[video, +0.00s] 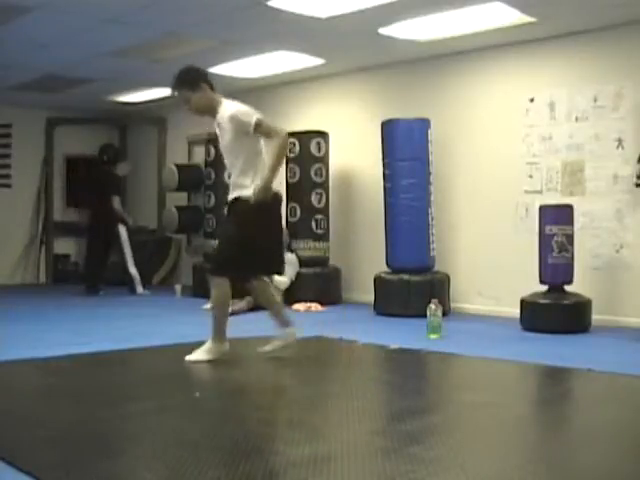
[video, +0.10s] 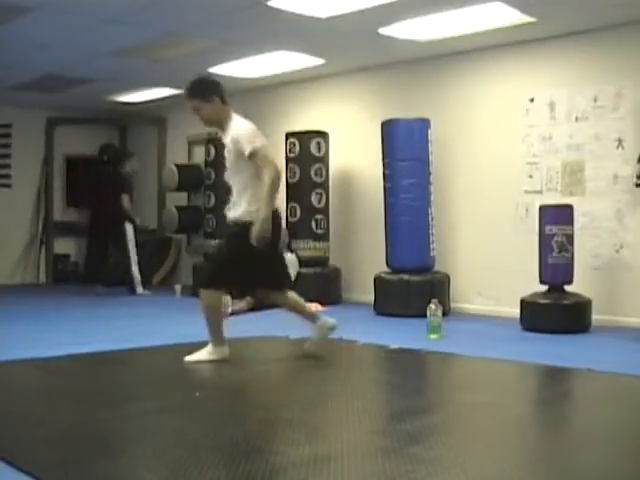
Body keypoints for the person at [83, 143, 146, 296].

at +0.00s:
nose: (122, 164)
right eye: (121, 161)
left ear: (101, 158)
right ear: (115, 160)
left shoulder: (95, 174)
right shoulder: (113, 177)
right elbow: (115, 204)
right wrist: (126, 218)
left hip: (97, 218)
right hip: (113, 219)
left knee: (96, 252)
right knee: (127, 255)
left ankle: (92, 286)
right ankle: (137, 287)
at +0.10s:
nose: (134, 167)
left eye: (134, 163)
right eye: (132, 163)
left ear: (103, 159)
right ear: (123, 162)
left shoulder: (98, 175)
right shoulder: (122, 178)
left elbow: (93, 200)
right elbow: (125, 202)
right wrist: (133, 217)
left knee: (100, 250)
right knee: (130, 253)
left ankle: (97, 283)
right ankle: (137, 287)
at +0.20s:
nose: (139, 165)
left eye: (138, 162)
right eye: (136, 162)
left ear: (126, 164)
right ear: (129, 163)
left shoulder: (118, 176)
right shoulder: (129, 178)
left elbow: (116, 201)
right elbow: (131, 203)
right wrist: (140, 219)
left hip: (119, 218)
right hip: (129, 220)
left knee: (120, 251)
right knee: (133, 253)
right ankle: (137, 286)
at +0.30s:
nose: (142, 165)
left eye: (141, 162)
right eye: (139, 162)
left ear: (131, 164)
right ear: (133, 163)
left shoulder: (126, 177)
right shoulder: (133, 178)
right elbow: (133, 203)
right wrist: (144, 217)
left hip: (126, 219)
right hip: (133, 220)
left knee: (126, 252)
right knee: (136, 254)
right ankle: (137, 287)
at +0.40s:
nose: (140, 166)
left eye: (139, 162)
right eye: (138, 163)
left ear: (130, 164)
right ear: (131, 164)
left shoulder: (129, 177)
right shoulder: (133, 178)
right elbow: (133, 204)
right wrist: (146, 218)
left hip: (127, 220)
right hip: (133, 221)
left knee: (130, 253)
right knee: (136, 254)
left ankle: (132, 285)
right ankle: (137, 287)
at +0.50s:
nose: (145, 164)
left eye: (144, 161)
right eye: (142, 162)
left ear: (139, 163)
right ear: (137, 163)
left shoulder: (145, 178)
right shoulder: (135, 178)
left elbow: (150, 201)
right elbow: (130, 203)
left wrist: (154, 216)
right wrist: (145, 218)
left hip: (143, 220)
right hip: (135, 220)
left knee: (142, 253)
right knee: (137, 253)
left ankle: (141, 284)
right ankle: (137, 286)